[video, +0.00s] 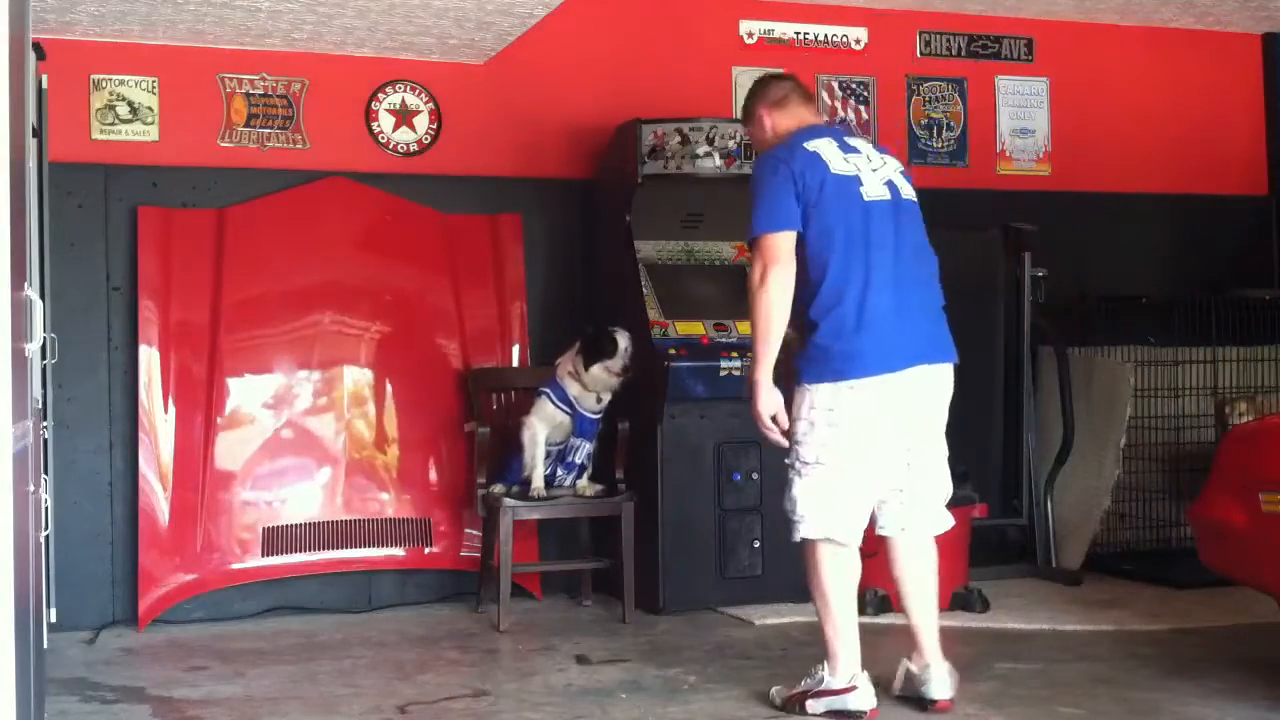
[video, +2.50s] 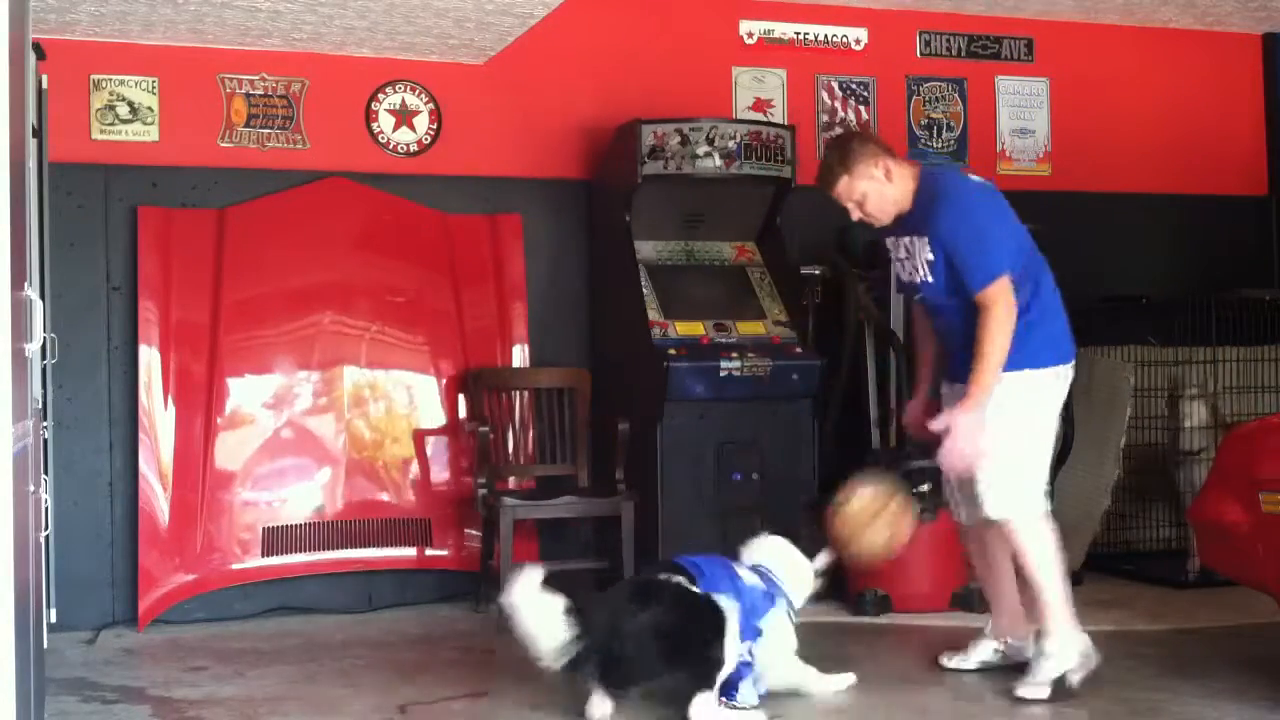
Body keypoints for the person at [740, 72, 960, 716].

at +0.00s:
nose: (753, 148)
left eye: (750, 137)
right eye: (748, 139)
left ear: (764, 118)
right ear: (817, 111)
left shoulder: (782, 159)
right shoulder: (880, 157)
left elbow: (775, 269)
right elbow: (898, 262)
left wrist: (762, 374)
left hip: (847, 367)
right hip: (928, 358)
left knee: (827, 520)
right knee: (912, 514)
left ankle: (843, 675)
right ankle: (931, 663)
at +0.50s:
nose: (783, 181)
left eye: (778, 167)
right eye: (777, 170)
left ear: (795, 144)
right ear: (827, 134)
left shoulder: (830, 189)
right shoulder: (903, 166)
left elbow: (848, 294)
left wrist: (776, 356)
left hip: (907, 368)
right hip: (983, 356)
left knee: (873, 518)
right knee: (972, 508)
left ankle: (848, 671)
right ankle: (981, 650)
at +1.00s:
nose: (814, 162)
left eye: (812, 147)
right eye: (809, 152)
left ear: (838, 125)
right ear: (852, 119)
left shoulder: (892, 161)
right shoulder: (924, 163)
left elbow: (916, 254)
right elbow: (917, 294)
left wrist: (819, 280)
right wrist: (841, 323)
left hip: (931, 361)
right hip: (985, 354)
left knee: (892, 506)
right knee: (973, 504)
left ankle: (903, 662)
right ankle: (982, 649)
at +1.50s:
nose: (778, 199)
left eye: (773, 184)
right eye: (769, 191)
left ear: (798, 147)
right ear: (804, 142)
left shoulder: (852, 180)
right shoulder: (887, 161)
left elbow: (851, 288)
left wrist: (755, 330)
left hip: (920, 363)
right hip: (974, 351)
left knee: (883, 512)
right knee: (962, 509)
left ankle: (904, 664)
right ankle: (982, 648)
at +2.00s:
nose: (804, 177)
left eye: (802, 159)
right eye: (796, 169)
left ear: (832, 123)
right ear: (836, 124)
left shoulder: (883, 164)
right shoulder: (882, 162)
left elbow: (938, 245)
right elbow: (885, 255)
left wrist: (953, 355)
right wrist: (819, 265)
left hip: (923, 363)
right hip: (940, 358)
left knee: (902, 507)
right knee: (945, 497)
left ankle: (906, 664)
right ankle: (999, 618)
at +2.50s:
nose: (857, 216)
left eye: (857, 201)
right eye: (849, 208)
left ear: (883, 169)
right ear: (878, 175)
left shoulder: (957, 202)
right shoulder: (902, 219)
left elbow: (1000, 305)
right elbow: (928, 310)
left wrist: (973, 406)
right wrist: (924, 391)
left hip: (1028, 360)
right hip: (974, 365)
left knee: (1011, 494)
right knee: (970, 497)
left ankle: (1066, 640)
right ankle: (1010, 632)